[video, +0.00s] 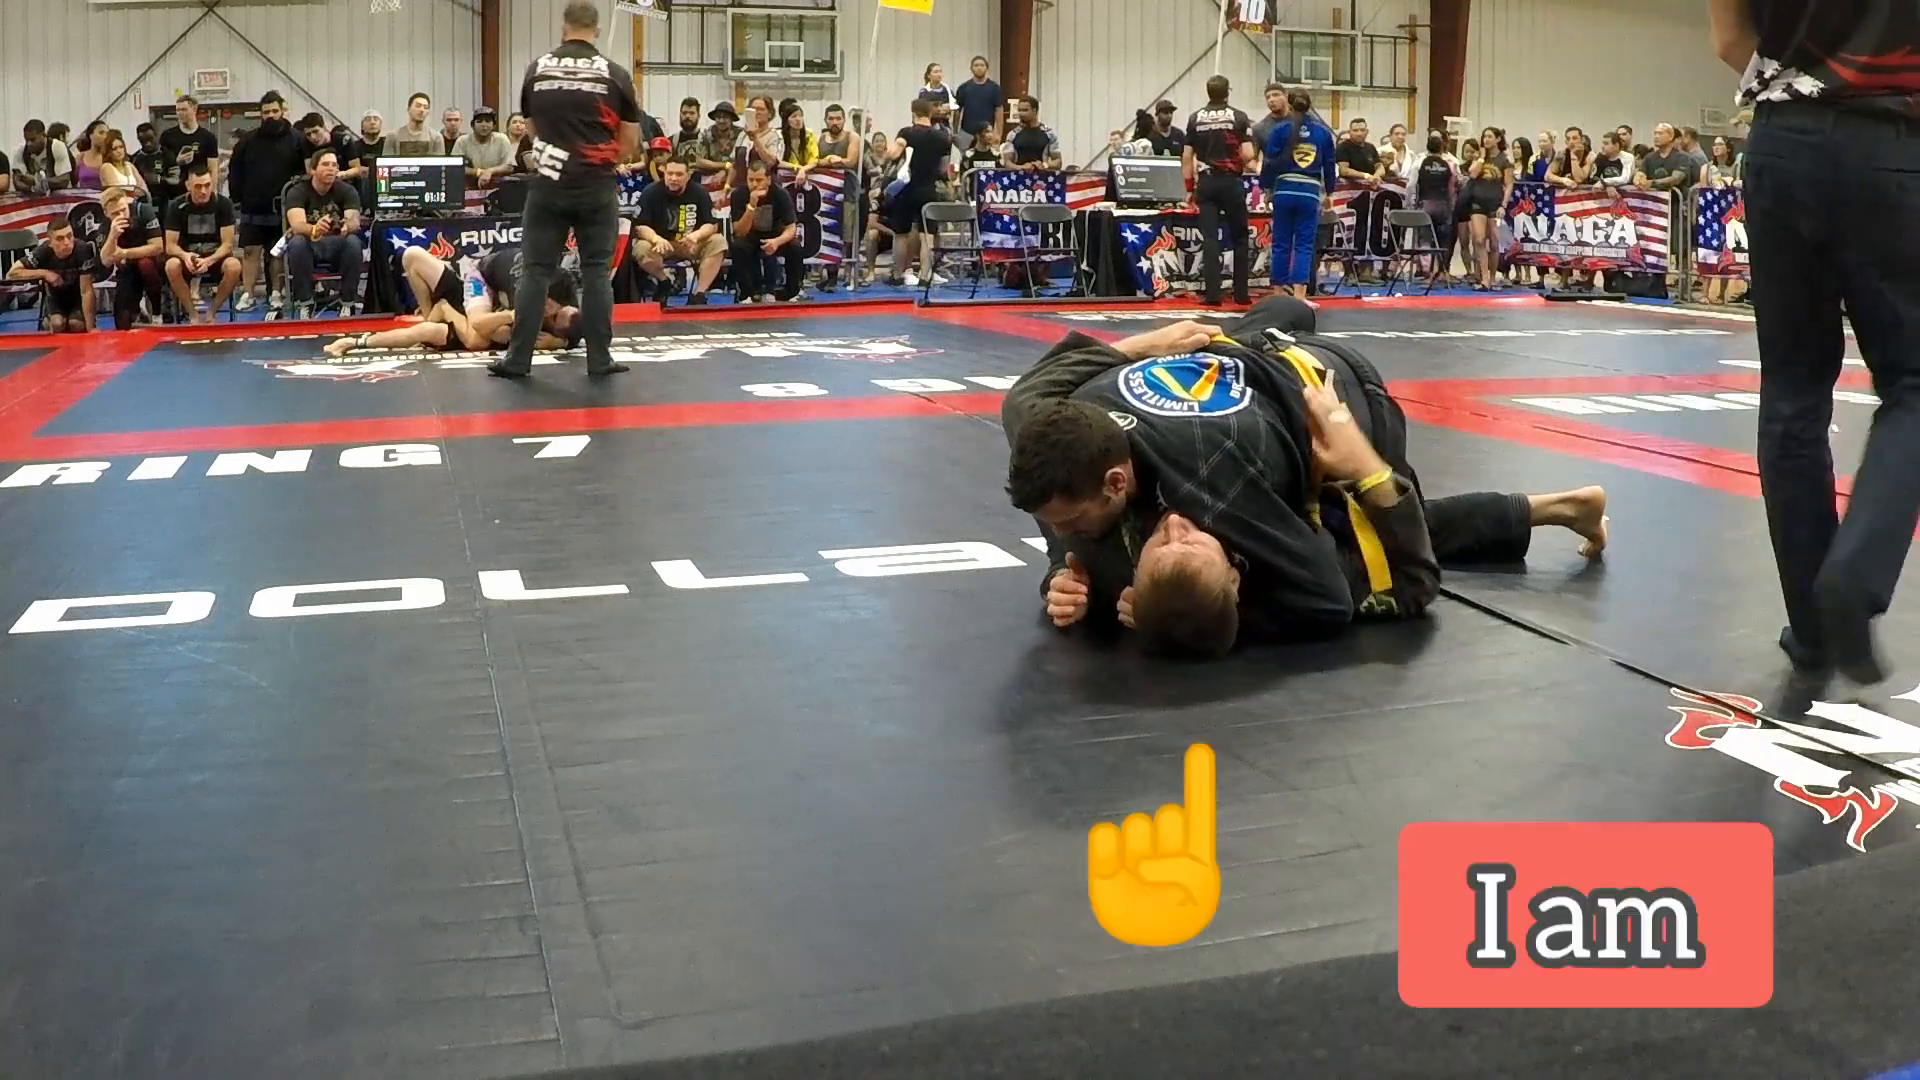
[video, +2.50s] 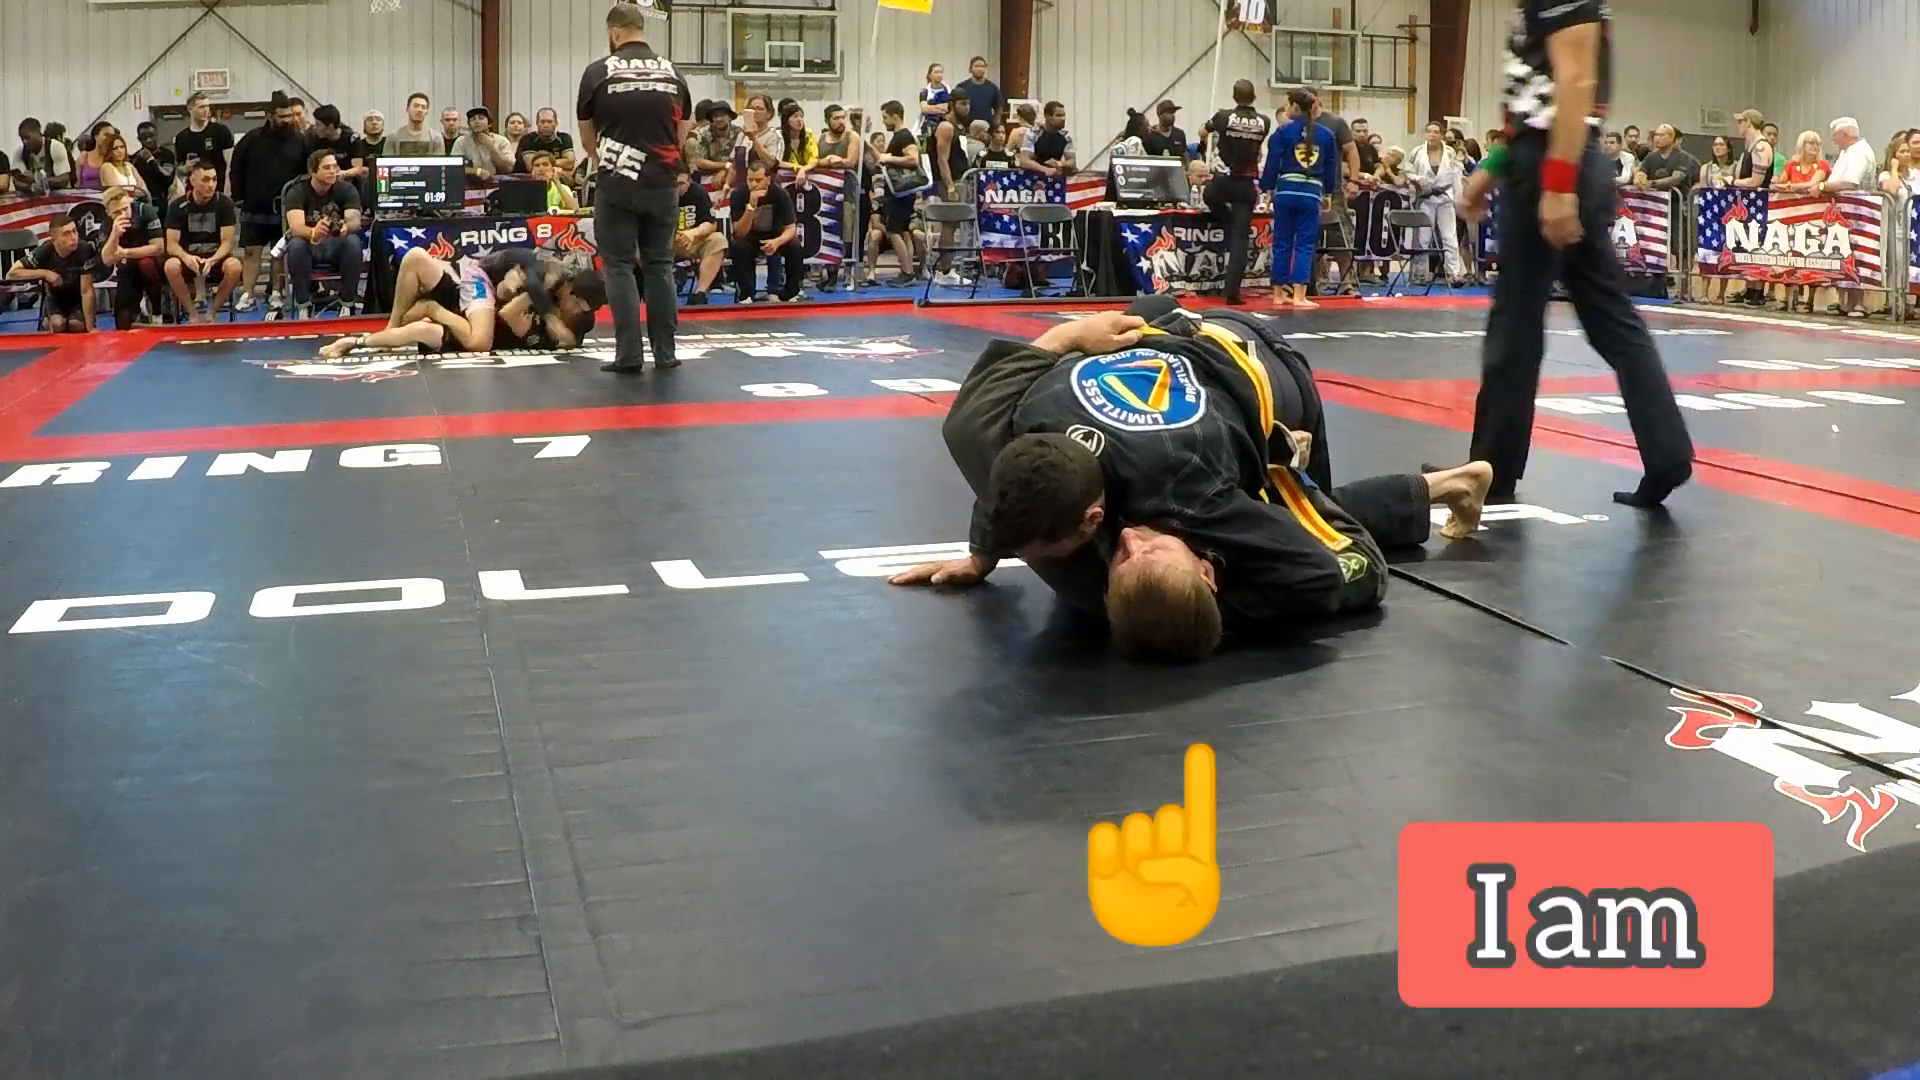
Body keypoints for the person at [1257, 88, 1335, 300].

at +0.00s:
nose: (1283, 105)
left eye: (1286, 102)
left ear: (1290, 105)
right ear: (1308, 106)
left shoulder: (1280, 130)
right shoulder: (1322, 131)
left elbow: (1270, 161)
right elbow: (1329, 165)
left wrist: (1266, 188)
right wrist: (1329, 192)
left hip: (1284, 191)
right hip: (1310, 193)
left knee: (1281, 242)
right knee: (1304, 243)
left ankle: (1278, 291)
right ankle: (1300, 294)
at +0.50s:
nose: (1284, 107)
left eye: (1286, 103)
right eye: (1285, 103)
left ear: (1295, 106)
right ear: (1309, 107)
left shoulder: (1282, 130)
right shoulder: (1324, 134)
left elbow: (1270, 161)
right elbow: (1329, 167)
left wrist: (1265, 186)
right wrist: (1326, 191)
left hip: (1284, 191)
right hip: (1310, 194)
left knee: (1280, 242)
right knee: (1305, 244)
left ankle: (1278, 292)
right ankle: (1299, 296)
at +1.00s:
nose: (1283, 108)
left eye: (1286, 104)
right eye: (1284, 104)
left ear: (1295, 106)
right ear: (1306, 107)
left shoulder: (1283, 131)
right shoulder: (1322, 134)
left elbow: (1272, 161)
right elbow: (1326, 166)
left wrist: (1266, 186)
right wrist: (1322, 191)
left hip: (1284, 190)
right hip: (1310, 193)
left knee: (1281, 242)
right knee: (1305, 243)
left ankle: (1278, 292)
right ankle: (1299, 295)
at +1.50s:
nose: (1284, 109)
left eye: (1286, 105)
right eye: (1285, 104)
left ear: (1292, 106)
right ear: (1307, 106)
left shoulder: (1282, 131)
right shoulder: (1323, 134)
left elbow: (1271, 162)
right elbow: (1328, 167)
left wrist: (1266, 187)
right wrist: (1326, 190)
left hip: (1284, 191)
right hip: (1310, 193)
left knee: (1281, 242)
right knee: (1305, 243)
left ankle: (1278, 293)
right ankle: (1299, 296)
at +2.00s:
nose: (1285, 108)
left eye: (1287, 105)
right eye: (1286, 105)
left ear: (1292, 106)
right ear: (1311, 106)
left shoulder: (1282, 130)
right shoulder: (1325, 134)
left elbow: (1270, 161)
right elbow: (1330, 166)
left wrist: (1266, 188)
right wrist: (1328, 191)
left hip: (1284, 191)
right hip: (1311, 194)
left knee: (1281, 242)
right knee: (1305, 244)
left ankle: (1278, 293)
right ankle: (1299, 296)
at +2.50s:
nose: (1286, 108)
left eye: (1288, 104)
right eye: (1287, 104)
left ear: (1293, 106)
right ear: (1312, 106)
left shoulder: (1282, 131)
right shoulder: (1326, 134)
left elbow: (1272, 162)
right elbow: (1331, 167)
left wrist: (1267, 188)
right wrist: (1329, 192)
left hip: (1285, 192)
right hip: (1312, 194)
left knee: (1282, 242)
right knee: (1306, 244)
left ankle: (1278, 294)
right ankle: (1299, 296)